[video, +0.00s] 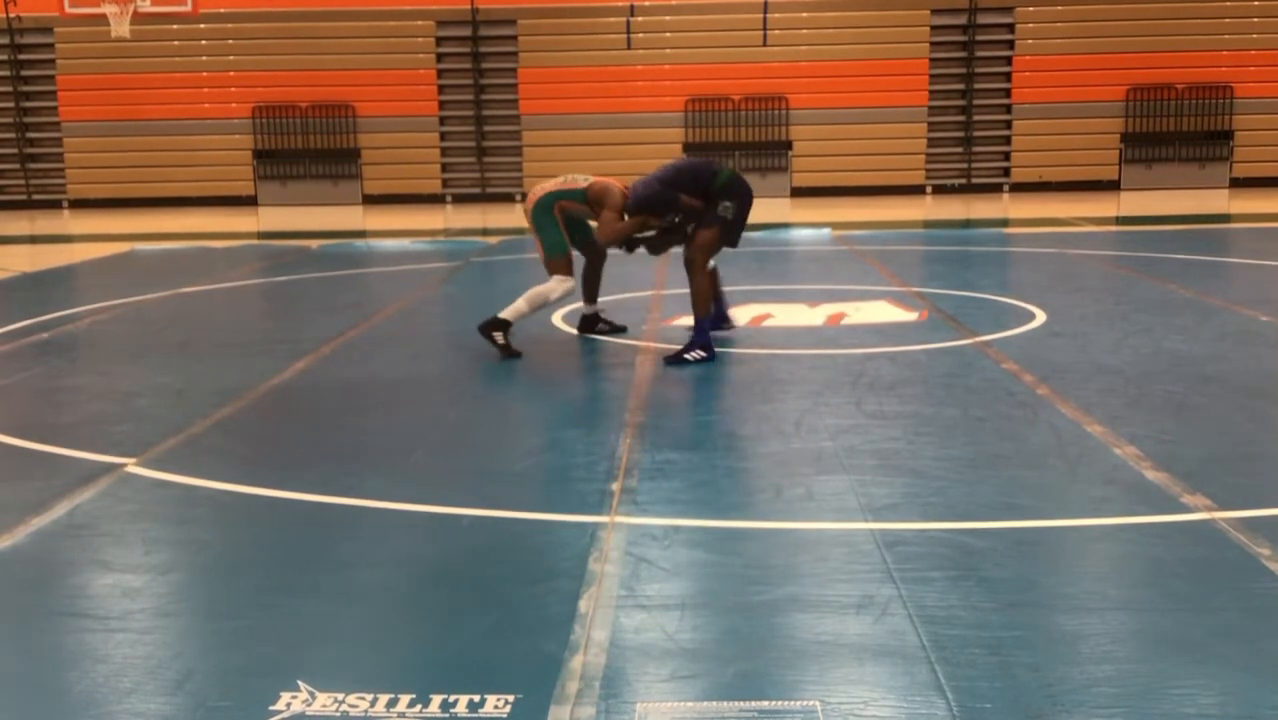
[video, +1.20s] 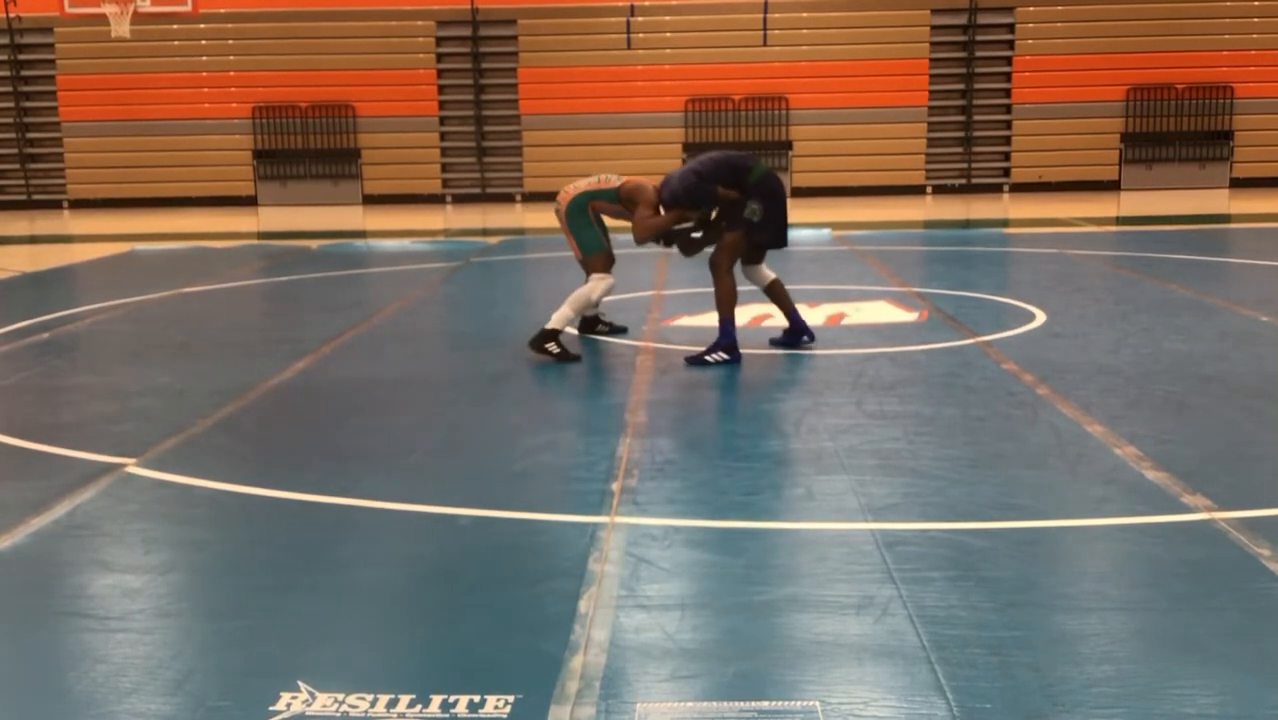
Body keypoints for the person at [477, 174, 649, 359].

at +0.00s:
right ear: (645, 207)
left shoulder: (621, 196)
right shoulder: (614, 195)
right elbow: (605, 236)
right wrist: (640, 222)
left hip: (567, 210)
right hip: (546, 208)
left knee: (597, 254)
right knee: (564, 283)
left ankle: (591, 319)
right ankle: (498, 325)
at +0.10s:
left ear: (640, 192)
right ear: (643, 200)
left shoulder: (625, 200)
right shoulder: (619, 196)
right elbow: (615, 232)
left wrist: (670, 233)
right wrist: (650, 217)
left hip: (559, 213)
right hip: (541, 211)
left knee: (591, 258)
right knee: (562, 288)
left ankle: (589, 319)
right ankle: (494, 328)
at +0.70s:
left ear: (660, 178)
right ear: (665, 183)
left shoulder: (641, 185)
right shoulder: (641, 181)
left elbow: (633, 219)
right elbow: (632, 218)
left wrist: (666, 212)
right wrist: (669, 206)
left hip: (583, 197)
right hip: (566, 193)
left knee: (602, 257)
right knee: (578, 268)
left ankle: (590, 319)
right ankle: (512, 314)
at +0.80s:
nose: (684, 208)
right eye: (686, 201)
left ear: (669, 179)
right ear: (677, 192)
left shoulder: (655, 190)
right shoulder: (649, 185)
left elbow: (670, 247)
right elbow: (642, 226)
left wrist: (697, 236)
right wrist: (679, 210)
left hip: (583, 198)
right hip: (569, 196)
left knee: (603, 260)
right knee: (593, 268)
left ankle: (590, 319)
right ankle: (543, 326)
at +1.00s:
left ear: (671, 190)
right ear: (678, 197)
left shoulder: (655, 200)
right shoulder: (651, 197)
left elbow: (679, 247)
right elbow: (651, 241)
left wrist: (704, 236)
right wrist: (685, 221)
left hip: (580, 206)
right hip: (573, 208)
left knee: (603, 266)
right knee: (605, 281)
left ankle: (589, 320)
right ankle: (548, 335)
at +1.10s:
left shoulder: (653, 199)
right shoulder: (651, 198)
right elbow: (648, 240)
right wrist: (683, 219)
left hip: (583, 205)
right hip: (573, 206)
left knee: (603, 264)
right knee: (604, 279)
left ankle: (589, 320)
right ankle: (548, 334)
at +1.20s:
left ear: (668, 188)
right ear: (674, 199)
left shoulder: (651, 194)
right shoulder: (647, 194)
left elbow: (643, 230)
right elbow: (640, 235)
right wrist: (678, 216)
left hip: (583, 205)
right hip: (574, 206)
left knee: (604, 262)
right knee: (602, 280)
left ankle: (590, 319)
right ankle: (547, 335)